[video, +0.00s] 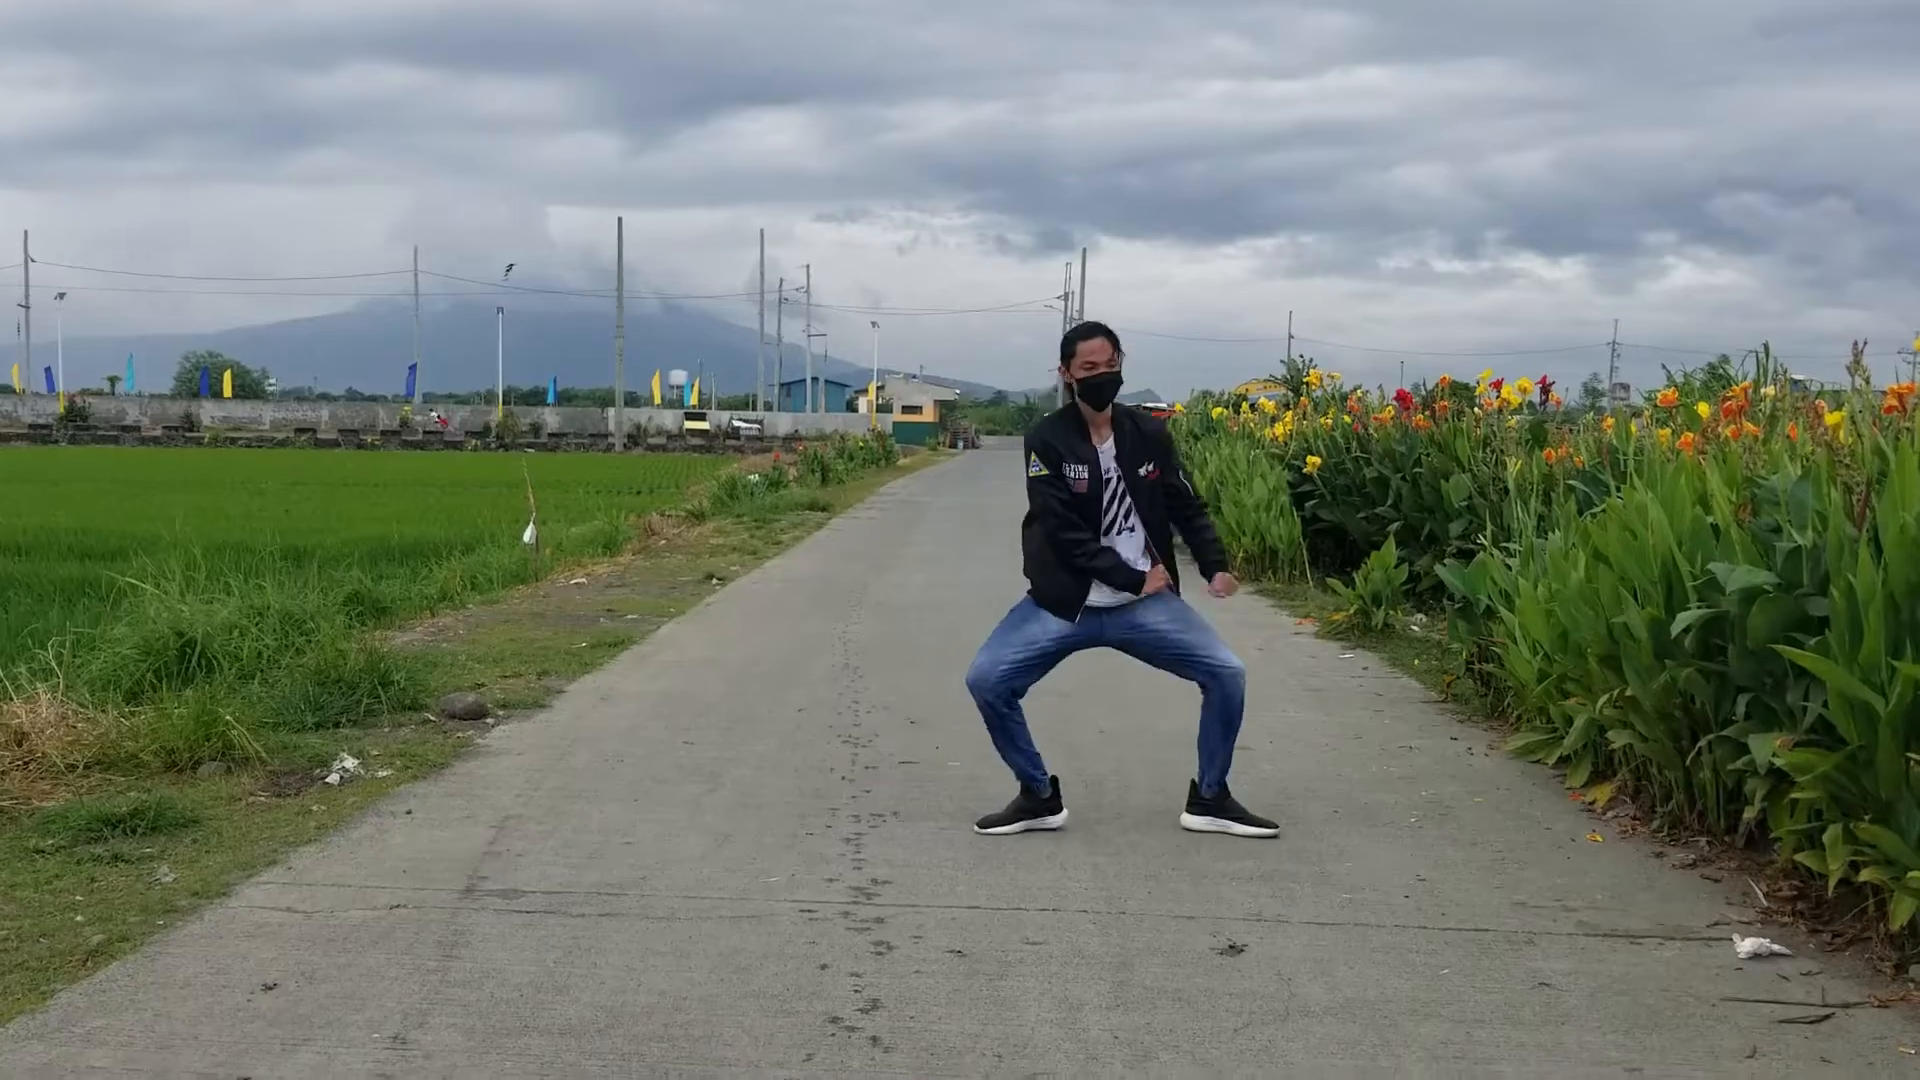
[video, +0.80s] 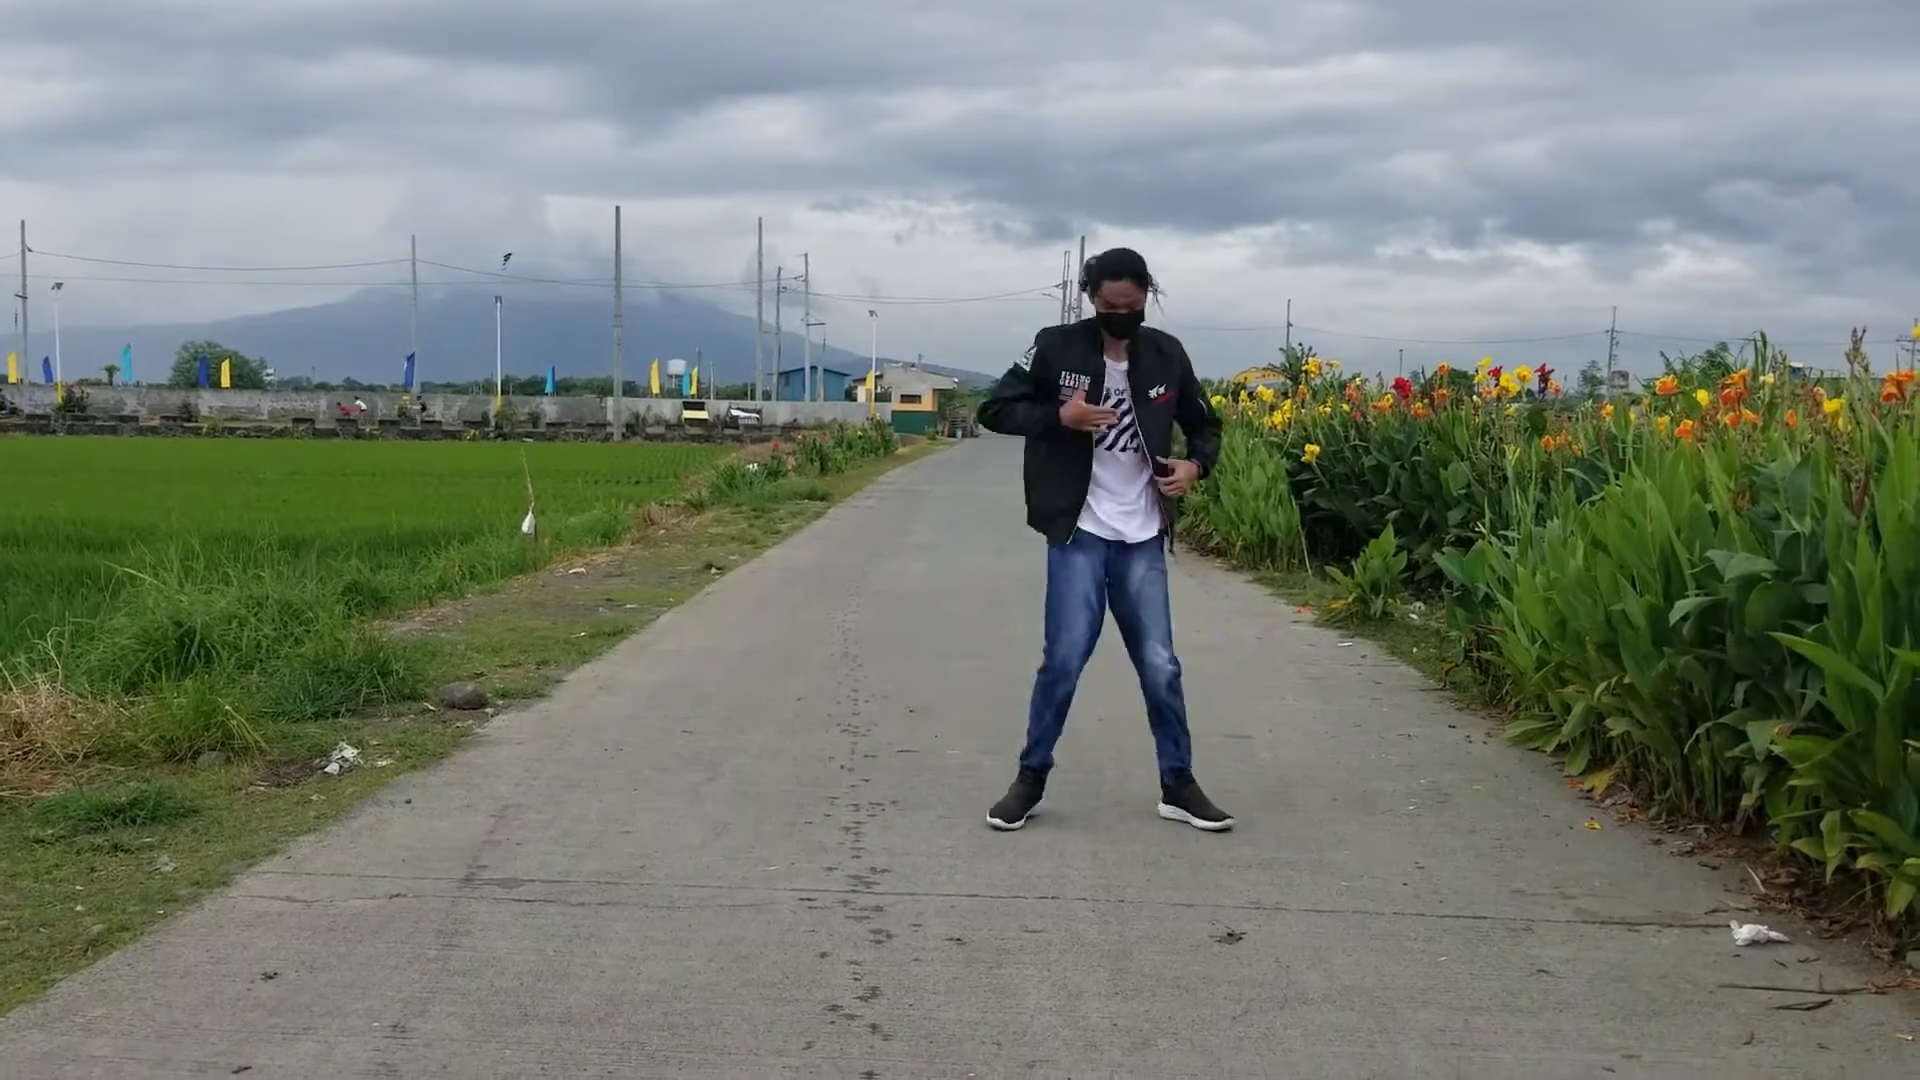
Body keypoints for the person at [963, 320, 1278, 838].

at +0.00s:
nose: (1101, 376)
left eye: (1109, 365)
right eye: (1088, 368)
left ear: (1120, 367)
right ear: (1066, 373)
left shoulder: (1148, 431)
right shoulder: (1048, 438)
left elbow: (1183, 503)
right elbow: (1060, 533)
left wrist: (1215, 564)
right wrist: (1134, 577)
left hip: (1141, 601)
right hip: (1061, 604)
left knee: (1227, 672)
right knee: (986, 680)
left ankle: (1209, 796)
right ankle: (1039, 795)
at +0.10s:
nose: (1110, 334)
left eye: (1118, 322)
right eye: (1098, 323)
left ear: (1129, 318)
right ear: (1073, 321)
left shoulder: (1150, 374)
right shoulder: (1050, 379)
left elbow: (1198, 422)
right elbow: (1064, 463)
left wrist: (1222, 436)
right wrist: (1146, 469)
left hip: (1143, 559)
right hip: (1073, 558)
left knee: (1184, 674)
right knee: (1043, 674)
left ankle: (1197, 791)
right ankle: (1047, 791)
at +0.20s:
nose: (1120, 308)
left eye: (1127, 296)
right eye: (1107, 298)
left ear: (1137, 293)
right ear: (1080, 300)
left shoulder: (1161, 347)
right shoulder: (1062, 356)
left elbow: (1242, 353)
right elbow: (1017, 356)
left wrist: (1215, 302)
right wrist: (1093, 333)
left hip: (1146, 529)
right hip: (1084, 526)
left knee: (1140, 665)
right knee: (1091, 663)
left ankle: (1148, 787)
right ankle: (1058, 788)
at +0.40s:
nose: (1126, 320)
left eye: (1135, 309)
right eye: (1114, 310)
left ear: (1145, 302)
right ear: (1090, 304)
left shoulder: (1168, 360)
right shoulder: (1066, 352)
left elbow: (1228, 414)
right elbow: (1034, 377)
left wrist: (1203, 343)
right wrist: (1111, 354)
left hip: (1145, 540)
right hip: (1078, 536)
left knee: (1179, 659)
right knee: (1067, 664)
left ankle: (1173, 777)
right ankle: (1051, 786)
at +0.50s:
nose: (1137, 376)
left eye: (1146, 367)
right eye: (1128, 368)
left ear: (1158, 350)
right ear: (1106, 351)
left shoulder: (1171, 402)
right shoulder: (1067, 391)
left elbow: (1179, 484)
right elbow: (1050, 475)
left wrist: (1196, 491)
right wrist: (1131, 499)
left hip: (1143, 576)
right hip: (1069, 575)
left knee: (1212, 666)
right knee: (1013, 676)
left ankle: (1214, 789)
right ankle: (1043, 790)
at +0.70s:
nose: (1136, 365)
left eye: (1146, 355)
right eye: (1126, 356)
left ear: (1160, 345)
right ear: (1105, 343)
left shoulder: (1173, 397)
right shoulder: (1067, 392)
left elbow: (1192, 472)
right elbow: (1040, 482)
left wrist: (1198, 513)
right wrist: (1102, 516)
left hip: (1148, 568)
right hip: (1075, 564)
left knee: (1208, 669)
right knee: (1034, 673)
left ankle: (1212, 788)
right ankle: (1045, 787)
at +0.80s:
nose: (1122, 319)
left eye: (1132, 308)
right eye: (1111, 308)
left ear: (1147, 299)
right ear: (1093, 298)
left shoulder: (1165, 353)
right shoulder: (1056, 347)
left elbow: (1205, 426)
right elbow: (995, 410)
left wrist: (1196, 465)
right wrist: (1059, 414)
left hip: (1143, 532)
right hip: (1077, 529)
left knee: (1160, 664)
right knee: (1063, 660)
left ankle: (1178, 783)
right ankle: (1029, 780)